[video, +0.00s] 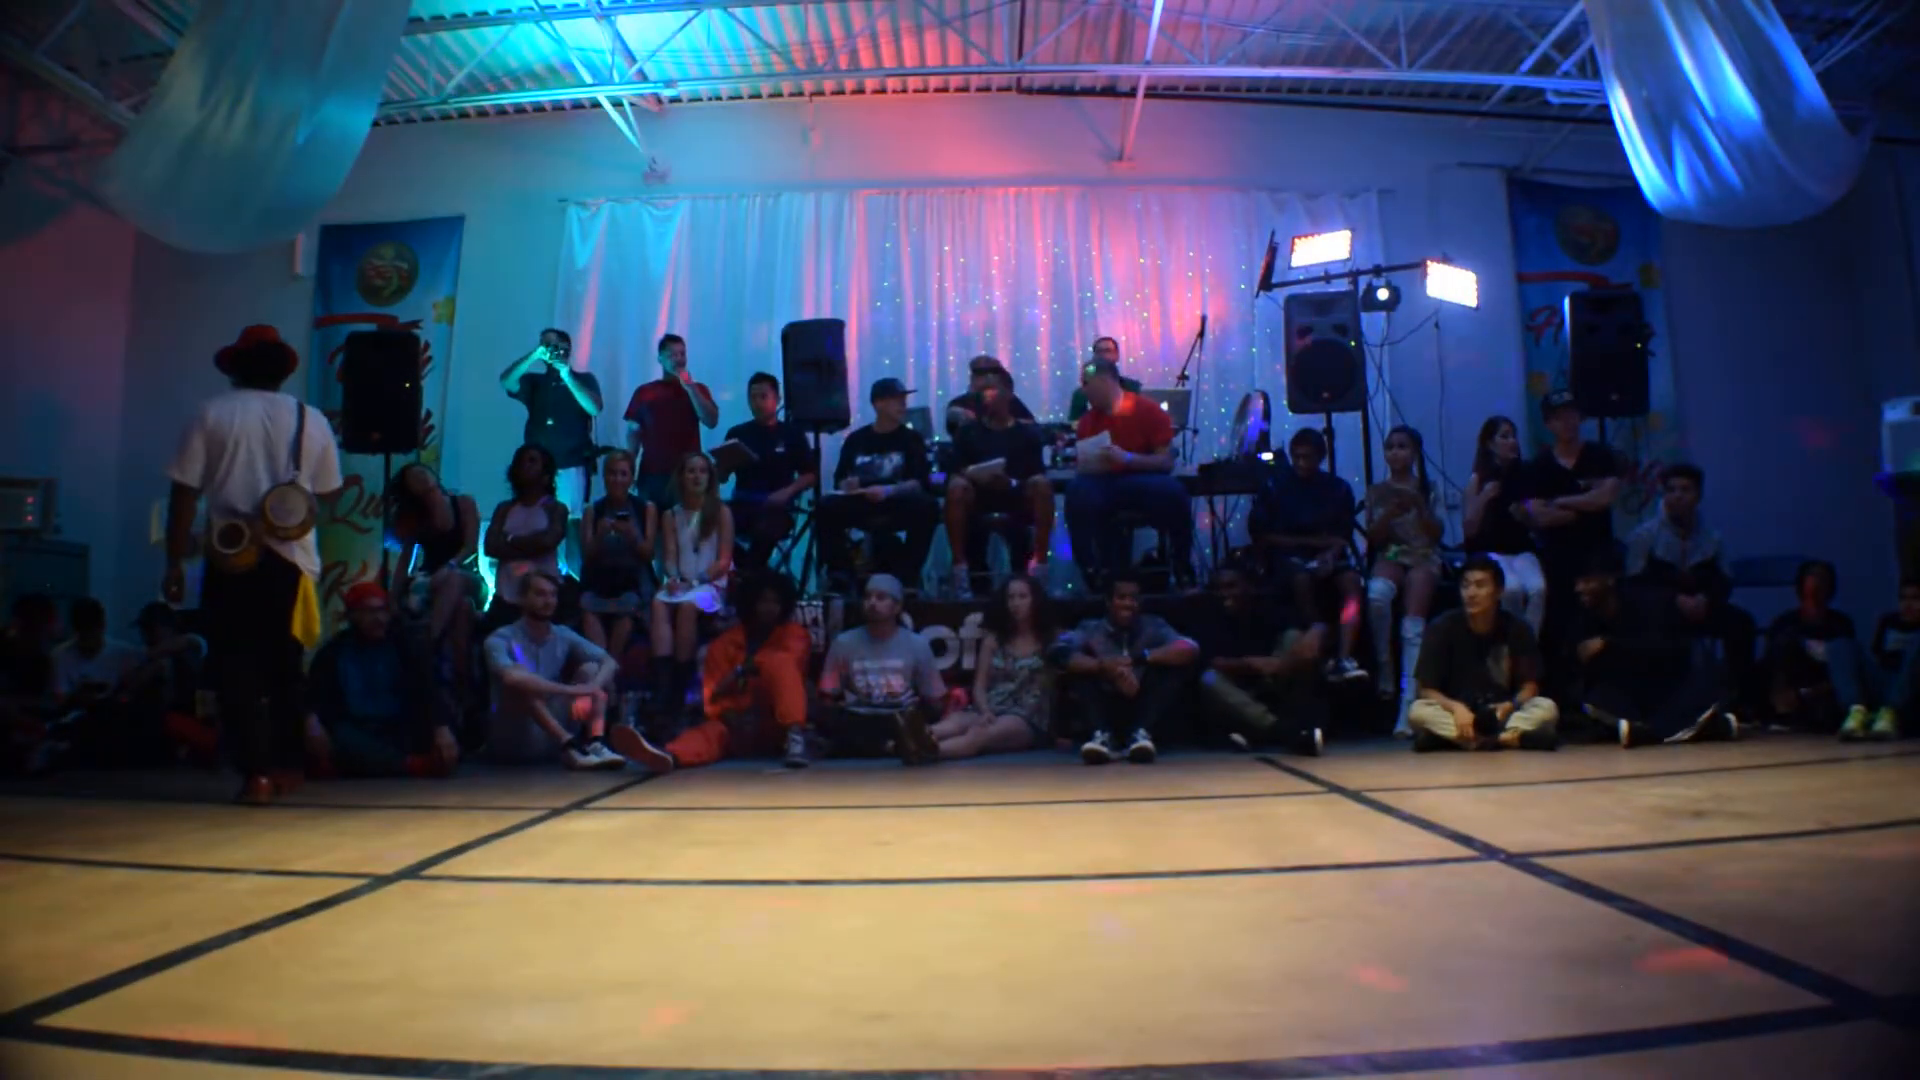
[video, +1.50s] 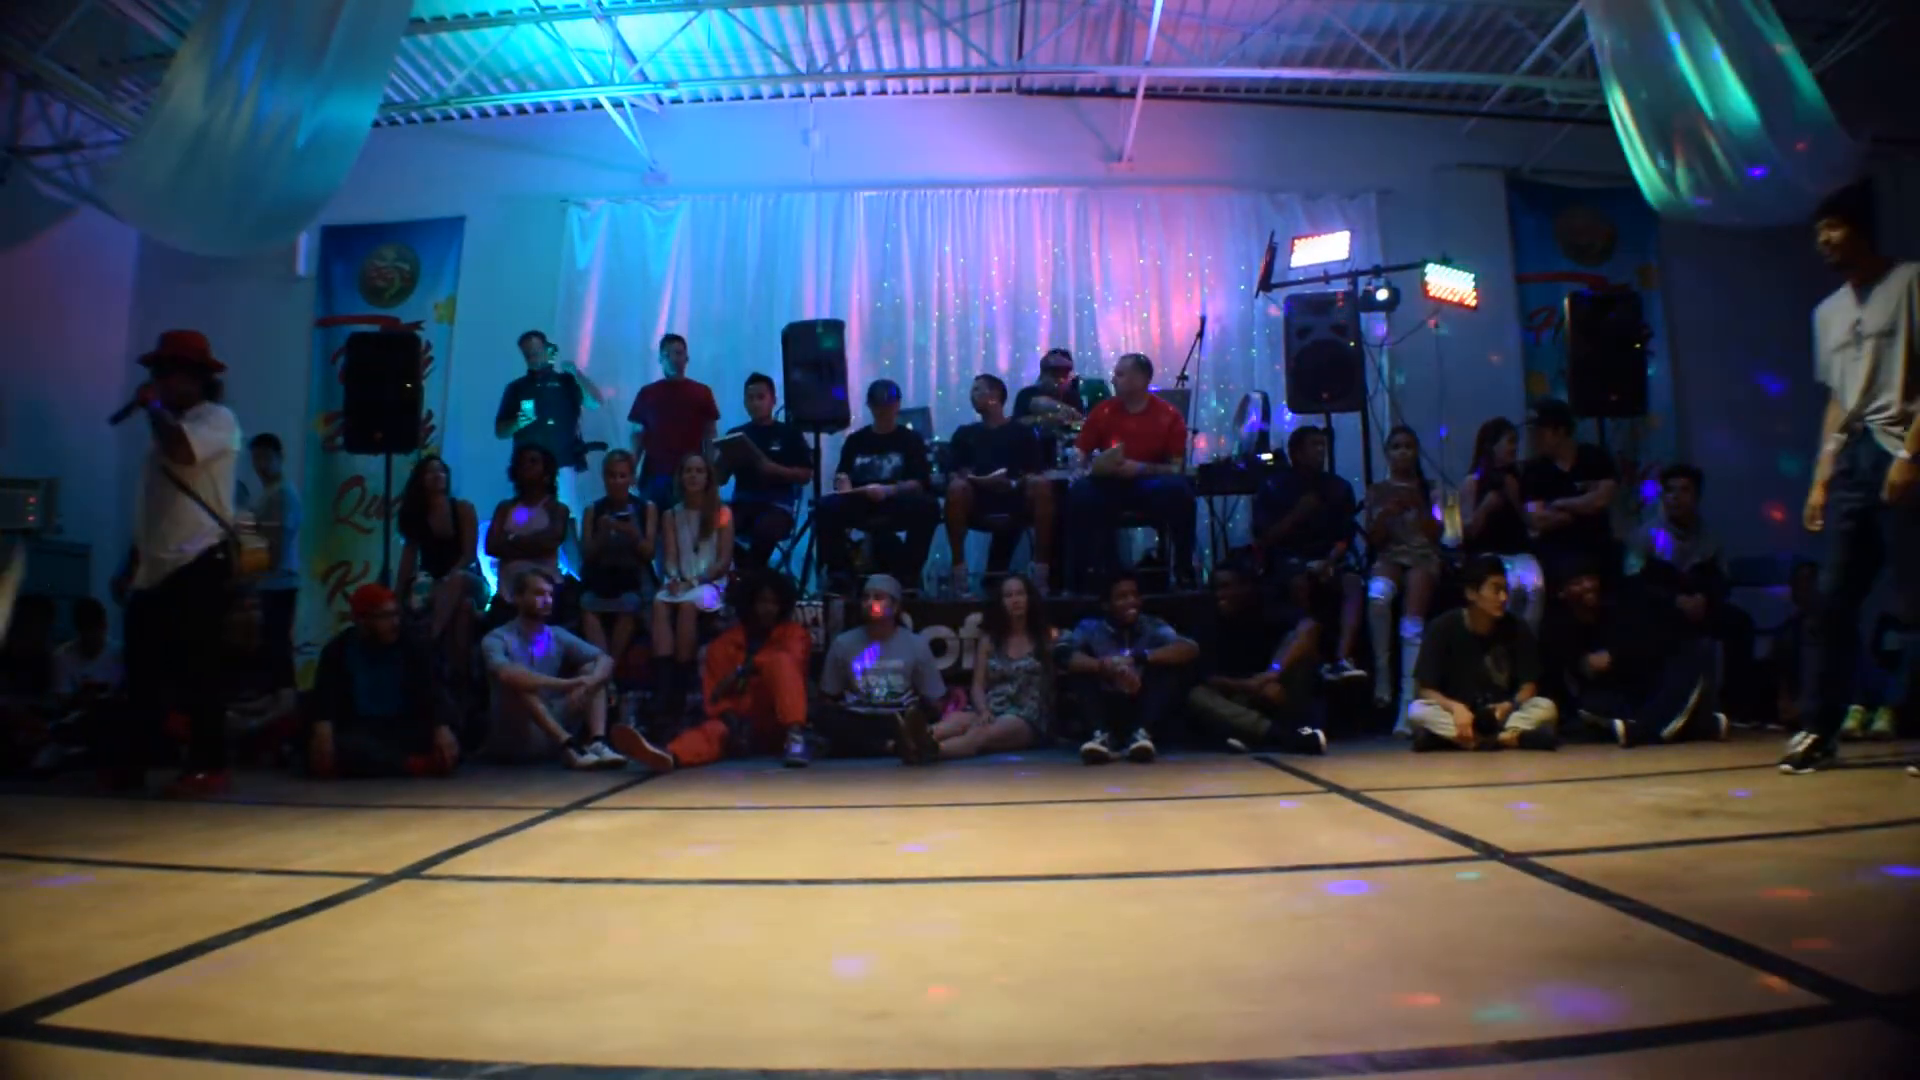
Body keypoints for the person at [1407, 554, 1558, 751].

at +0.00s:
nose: (1471, 593)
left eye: (1480, 585)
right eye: (1466, 586)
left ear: (1498, 591)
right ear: (1460, 591)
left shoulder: (1516, 628)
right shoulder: (1443, 629)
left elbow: (1530, 685)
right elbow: (1425, 689)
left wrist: (1510, 706)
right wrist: (1457, 708)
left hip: (1502, 704)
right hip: (1457, 704)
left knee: (1546, 708)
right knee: (1418, 711)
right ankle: (1505, 740)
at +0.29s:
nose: (1475, 594)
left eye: (1483, 586)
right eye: (1468, 587)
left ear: (1498, 592)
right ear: (1461, 591)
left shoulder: (1515, 627)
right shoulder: (1442, 629)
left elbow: (1529, 685)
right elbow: (1424, 690)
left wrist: (1509, 706)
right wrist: (1456, 708)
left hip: (1501, 705)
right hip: (1457, 705)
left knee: (1545, 708)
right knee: (1418, 711)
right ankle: (1505, 740)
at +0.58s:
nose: (1494, 596)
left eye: (1498, 589)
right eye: (1486, 588)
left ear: (1503, 593)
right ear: (1466, 592)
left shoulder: (1514, 628)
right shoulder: (1442, 629)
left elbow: (1530, 684)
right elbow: (1425, 689)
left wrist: (1510, 706)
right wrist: (1457, 709)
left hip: (1501, 706)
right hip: (1458, 707)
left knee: (1546, 707)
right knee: (1419, 711)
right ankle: (1506, 741)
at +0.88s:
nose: (1499, 597)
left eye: (1502, 590)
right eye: (1490, 590)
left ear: (1507, 593)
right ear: (1468, 594)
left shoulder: (1514, 628)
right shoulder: (1442, 629)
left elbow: (1529, 685)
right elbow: (1425, 690)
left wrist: (1510, 706)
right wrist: (1457, 709)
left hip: (1501, 705)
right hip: (1458, 705)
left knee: (1546, 707)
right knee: (1419, 711)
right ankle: (1506, 740)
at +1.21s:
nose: (1501, 598)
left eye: (1503, 590)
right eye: (1493, 590)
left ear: (1506, 593)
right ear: (1470, 594)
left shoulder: (1514, 629)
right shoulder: (1442, 629)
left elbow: (1529, 685)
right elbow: (1425, 689)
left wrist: (1509, 706)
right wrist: (1456, 708)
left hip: (1501, 705)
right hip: (1457, 706)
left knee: (1545, 707)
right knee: (1418, 711)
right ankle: (1506, 740)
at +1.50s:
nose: (1503, 598)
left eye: (1505, 590)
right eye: (1495, 590)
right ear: (1471, 594)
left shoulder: (1515, 628)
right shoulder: (1443, 628)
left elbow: (1529, 684)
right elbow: (1424, 689)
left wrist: (1510, 706)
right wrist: (1456, 708)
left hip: (1501, 705)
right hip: (1458, 705)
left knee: (1545, 707)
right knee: (1418, 711)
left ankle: (1461, 743)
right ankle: (1507, 740)